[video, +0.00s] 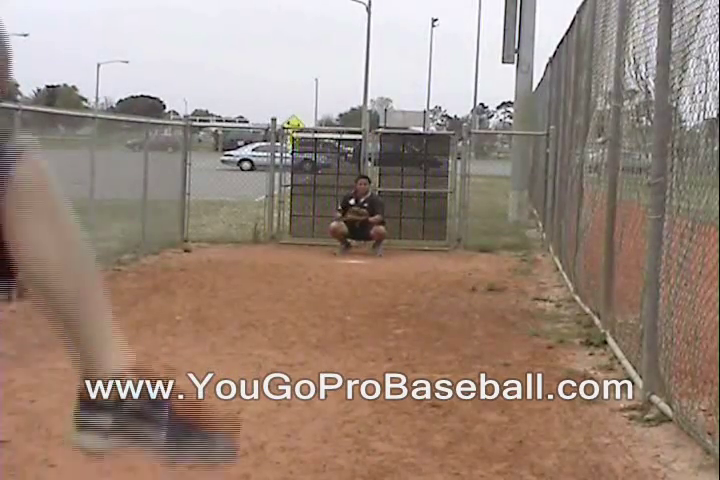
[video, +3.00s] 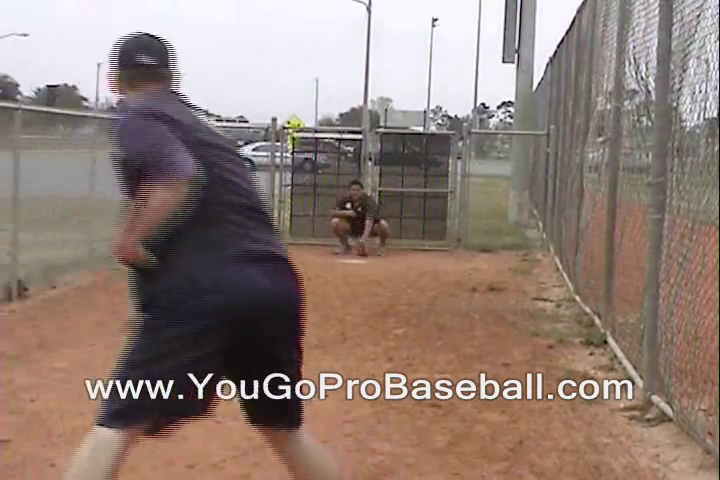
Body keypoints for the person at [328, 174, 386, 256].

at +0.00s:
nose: (362, 187)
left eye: (365, 184)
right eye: (360, 184)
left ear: (369, 186)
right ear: (355, 186)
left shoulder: (375, 200)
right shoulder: (348, 198)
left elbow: (380, 217)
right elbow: (338, 213)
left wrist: (366, 219)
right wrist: (347, 218)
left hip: (367, 227)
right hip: (351, 226)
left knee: (380, 230)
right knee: (334, 227)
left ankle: (376, 245)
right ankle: (345, 244)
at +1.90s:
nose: (362, 187)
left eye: (364, 184)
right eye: (359, 184)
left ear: (368, 186)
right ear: (355, 186)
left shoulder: (373, 200)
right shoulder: (349, 198)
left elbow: (379, 220)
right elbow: (337, 214)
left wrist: (362, 211)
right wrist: (347, 210)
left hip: (366, 226)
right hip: (350, 226)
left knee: (375, 231)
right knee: (333, 225)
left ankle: (377, 245)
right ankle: (346, 244)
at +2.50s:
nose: (359, 189)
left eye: (362, 187)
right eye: (357, 186)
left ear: (366, 189)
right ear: (353, 188)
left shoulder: (372, 199)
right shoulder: (347, 199)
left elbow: (376, 213)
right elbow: (337, 214)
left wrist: (361, 207)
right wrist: (347, 214)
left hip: (367, 228)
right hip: (351, 227)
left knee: (378, 228)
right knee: (334, 225)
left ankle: (377, 246)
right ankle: (346, 245)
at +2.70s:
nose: (357, 192)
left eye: (359, 189)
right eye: (355, 189)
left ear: (363, 191)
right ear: (351, 190)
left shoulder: (369, 199)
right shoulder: (346, 200)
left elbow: (374, 209)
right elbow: (333, 212)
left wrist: (361, 216)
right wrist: (345, 217)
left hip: (365, 228)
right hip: (349, 228)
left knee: (379, 227)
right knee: (334, 225)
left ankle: (378, 246)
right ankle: (346, 245)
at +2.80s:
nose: (356, 193)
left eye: (358, 190)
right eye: (354, 190)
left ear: (363, 191)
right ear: (351, 191)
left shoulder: (368, 200)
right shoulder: (346, 201)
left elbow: (371, 210)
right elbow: (333, 212)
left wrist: (367, 222)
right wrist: (349, 215)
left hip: (366, 228)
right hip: (351, 228)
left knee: (380, 226)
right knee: (335, 224)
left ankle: (379, 246)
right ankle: (346, 245)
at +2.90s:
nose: (356, 193)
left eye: (358, 190)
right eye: (354, 190)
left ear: (362, 192)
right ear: (350, 192)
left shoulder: (369, 201)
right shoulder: (346, 201)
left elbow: (371, 215)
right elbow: (334, 212)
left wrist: (367, 230)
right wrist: (348, 215)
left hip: (366, 228)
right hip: (352, 228)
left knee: (381, 226)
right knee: (335, 224)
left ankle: (380, 246)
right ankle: (346, 245)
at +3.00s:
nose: (355, 192)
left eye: (358, 190)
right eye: (353, 190)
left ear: (362, 191)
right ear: (350, 191)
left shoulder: (369, 202)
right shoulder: (346, 201)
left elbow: (369, 222)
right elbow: (333, 212)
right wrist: (347, 213)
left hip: (366, 227)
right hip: (352, 227)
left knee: (382, 225)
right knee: (336, 223)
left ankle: (382, 246)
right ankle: (346, 246)